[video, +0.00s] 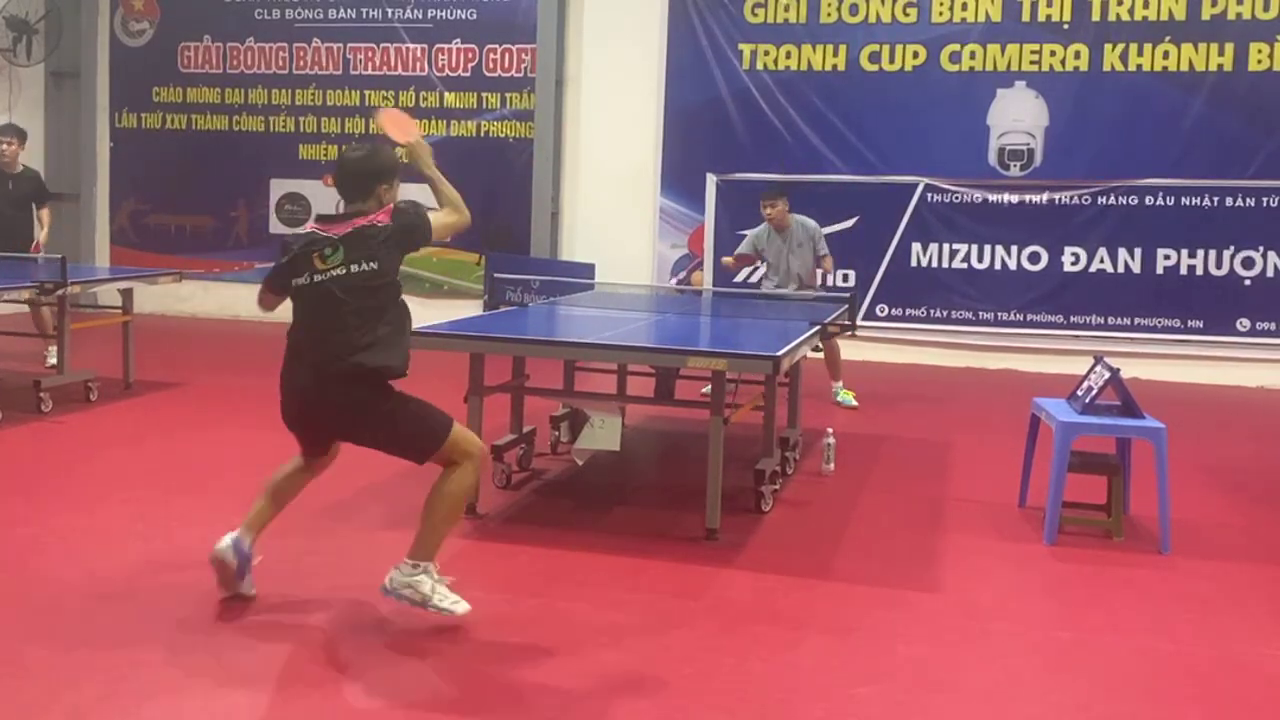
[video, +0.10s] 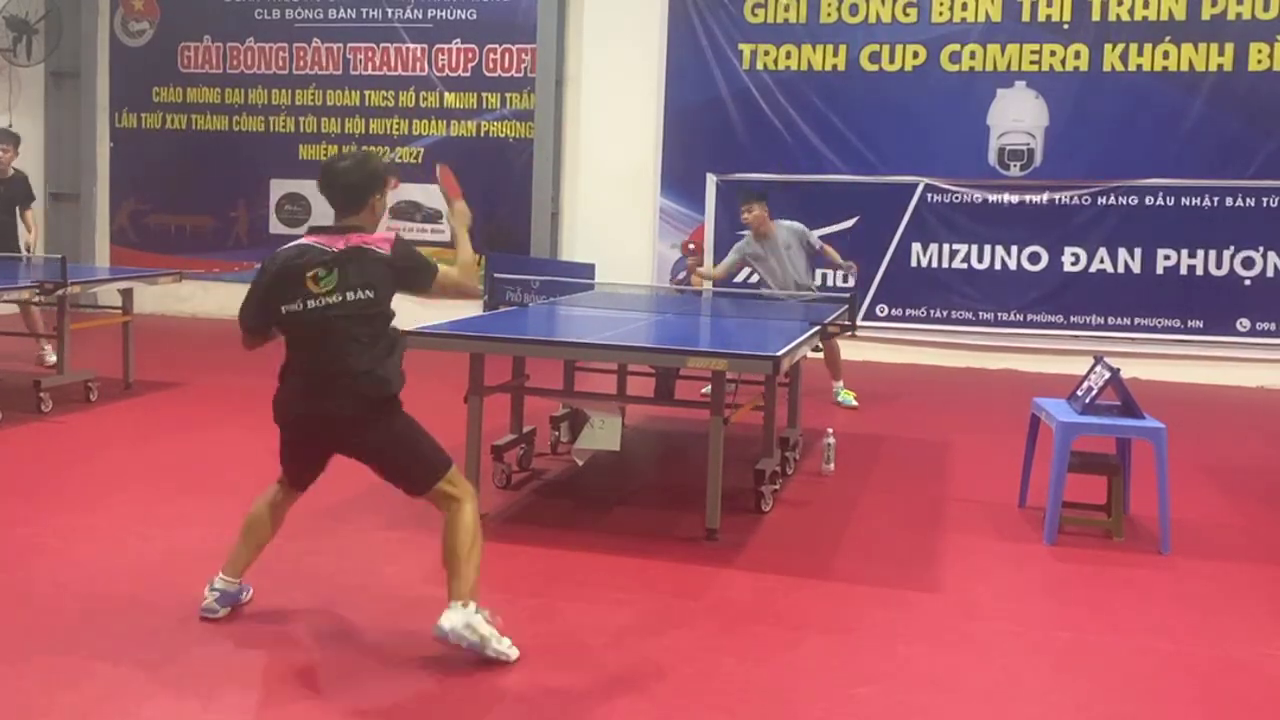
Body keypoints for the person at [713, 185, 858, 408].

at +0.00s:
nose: (768, 212)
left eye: (772, 207)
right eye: (764, 208)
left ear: (786, 206)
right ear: (761, 209)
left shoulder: (808, 227)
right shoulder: (759, 234)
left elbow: (824, 256)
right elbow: (742, 260)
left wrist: (827, 266)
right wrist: (732, 262)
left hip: (806, 295)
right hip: (770, 295)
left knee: (828, 334)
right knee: (736, 326)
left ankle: (838, 388)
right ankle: (722, 380)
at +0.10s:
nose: (744, 217)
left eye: (749, 211)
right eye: (742, 213)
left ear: (765, 211)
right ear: (742, 217)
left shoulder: (793, 229)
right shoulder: (745, 245)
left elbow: (822, 248)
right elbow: (718, 273)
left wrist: (841, 263)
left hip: (808, 299)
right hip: (773, 302)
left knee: (828, 335)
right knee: (739, 330)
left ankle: (839, 388)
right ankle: (726, 381)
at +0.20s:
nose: (726, 210)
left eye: (731, 204)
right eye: (724, 207)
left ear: (747, 205)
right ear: (725, 212)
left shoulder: (773, 219)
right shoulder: (727, 242)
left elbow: (802, 222)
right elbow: (704, 263)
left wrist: (831, 221)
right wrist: (681, 279)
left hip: (797, 292)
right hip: (760, 296)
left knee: (824, 334)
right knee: (731, 331)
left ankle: (843, 386)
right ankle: (720, 380)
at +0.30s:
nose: (725, 192)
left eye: (729, 187)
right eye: (721, 189)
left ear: (742, 189)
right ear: (720, 195)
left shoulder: (766, 207)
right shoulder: (718, 228)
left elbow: (802, 200)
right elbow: (711, 265)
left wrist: (832, 191)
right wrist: (704, 287)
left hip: (780, 283)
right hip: (743, 288)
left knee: (812, 321)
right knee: (728, 328)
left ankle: (829, 370)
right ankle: (727, 378)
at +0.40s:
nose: (723, 174)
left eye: (728, 169)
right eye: (720, 171)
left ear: (740, 172)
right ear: (718, 177)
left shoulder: (763, 190)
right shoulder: (716, 208)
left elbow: (798, 184)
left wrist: (831, 177)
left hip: (771, 271)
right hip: (735, 274)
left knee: (791, 316)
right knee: (722, 321)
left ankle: (799, 359)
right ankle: (718, 377)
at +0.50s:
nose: (721, 169)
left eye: (726, 164)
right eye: (718, 166)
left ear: (738, 166)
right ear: (715, 171)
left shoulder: (761, 185)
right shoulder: (713, 202)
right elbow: (707, 239)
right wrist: (697, 270)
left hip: (762, 264)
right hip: (729, 265)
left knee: (766, 315)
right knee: (711, 306)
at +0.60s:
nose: (721, 178)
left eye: (726, 173)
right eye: (718, 174)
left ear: (737, 175)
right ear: (715, 178)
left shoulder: (756, 194)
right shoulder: (710, 208)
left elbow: (786, 196)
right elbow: (692, 237)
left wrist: (812, 209)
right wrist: (673, 260)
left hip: (757, 273)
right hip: (725, 273)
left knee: (761, 320)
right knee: (711, 316)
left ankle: (757, 368)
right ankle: (713, 361)